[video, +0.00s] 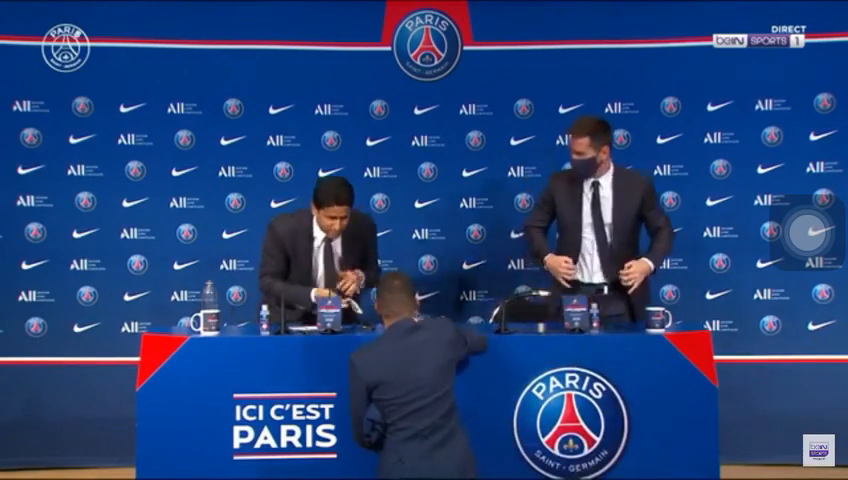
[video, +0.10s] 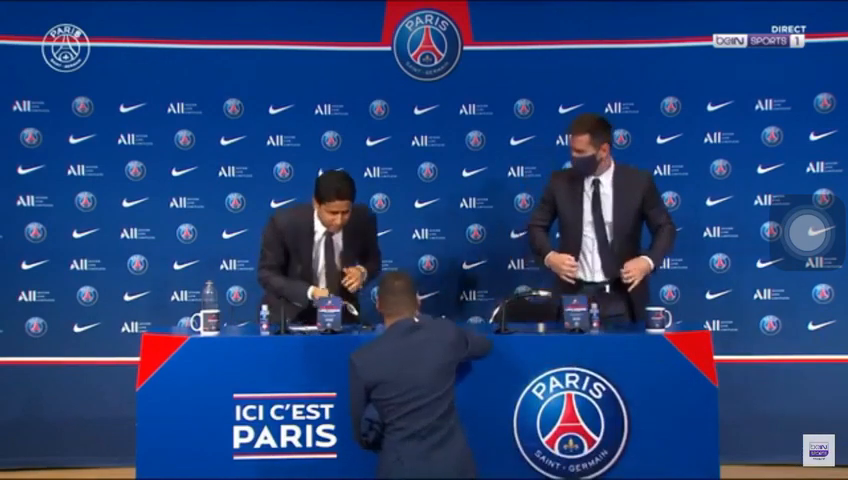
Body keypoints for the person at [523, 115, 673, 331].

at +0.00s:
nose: (574, 161)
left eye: (581, 156)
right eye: (572, 154)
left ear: (604, 153)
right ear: (570, 148)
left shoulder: (637, 185)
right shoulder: (560, 184)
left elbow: (663, 231)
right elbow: (534, 227)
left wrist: (647, 263)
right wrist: (547, 258)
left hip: (618, 298)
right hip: (571, 297)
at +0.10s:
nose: (574, 158)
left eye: (581, 153)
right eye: (572, 151)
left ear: (603, 151)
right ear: (570, 145)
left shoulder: (638, 182)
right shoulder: (560, 182)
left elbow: (665, 228)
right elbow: (536, 227)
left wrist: (648, 261)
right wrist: (548, 256)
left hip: (620, 296)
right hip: (574, 295)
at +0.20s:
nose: (573, 157)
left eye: (580, 152)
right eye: (572, 150)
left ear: (603, 150)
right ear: (570, 145)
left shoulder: (637, 180)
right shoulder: (560, 182)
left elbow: (666, 228)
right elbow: (537, 226)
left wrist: (644, 256)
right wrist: (551, 256)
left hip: (622, 295)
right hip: (576, 294)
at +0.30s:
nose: (571, 158)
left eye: (578, 152)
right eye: (569, 151)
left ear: (601, 150)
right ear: (567, 146)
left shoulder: (637, 180)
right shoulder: (560, 182)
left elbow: (666, 229)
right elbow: (539, 229)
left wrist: (639, 249)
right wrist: (554, 256)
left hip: (625, 295)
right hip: (578, 295)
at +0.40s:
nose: (570, 160)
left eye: (577, 155)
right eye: (568, 154)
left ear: (600, 151)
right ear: (566, 148)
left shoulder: (636, 177)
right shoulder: (560, 183)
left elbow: (662, 228)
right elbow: (540, 230)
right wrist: (556, 257)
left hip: (628, 294)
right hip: (581, 295)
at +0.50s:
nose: (570, 160)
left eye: (577, 155)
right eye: (568, 153)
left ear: (599, 151)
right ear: (566, 148)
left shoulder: (635, 176)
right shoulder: (559, 183)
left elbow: (659, 227)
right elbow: (540, 231)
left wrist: (626, 207)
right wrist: (558, 257)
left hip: (627, 295)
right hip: (581, 296)